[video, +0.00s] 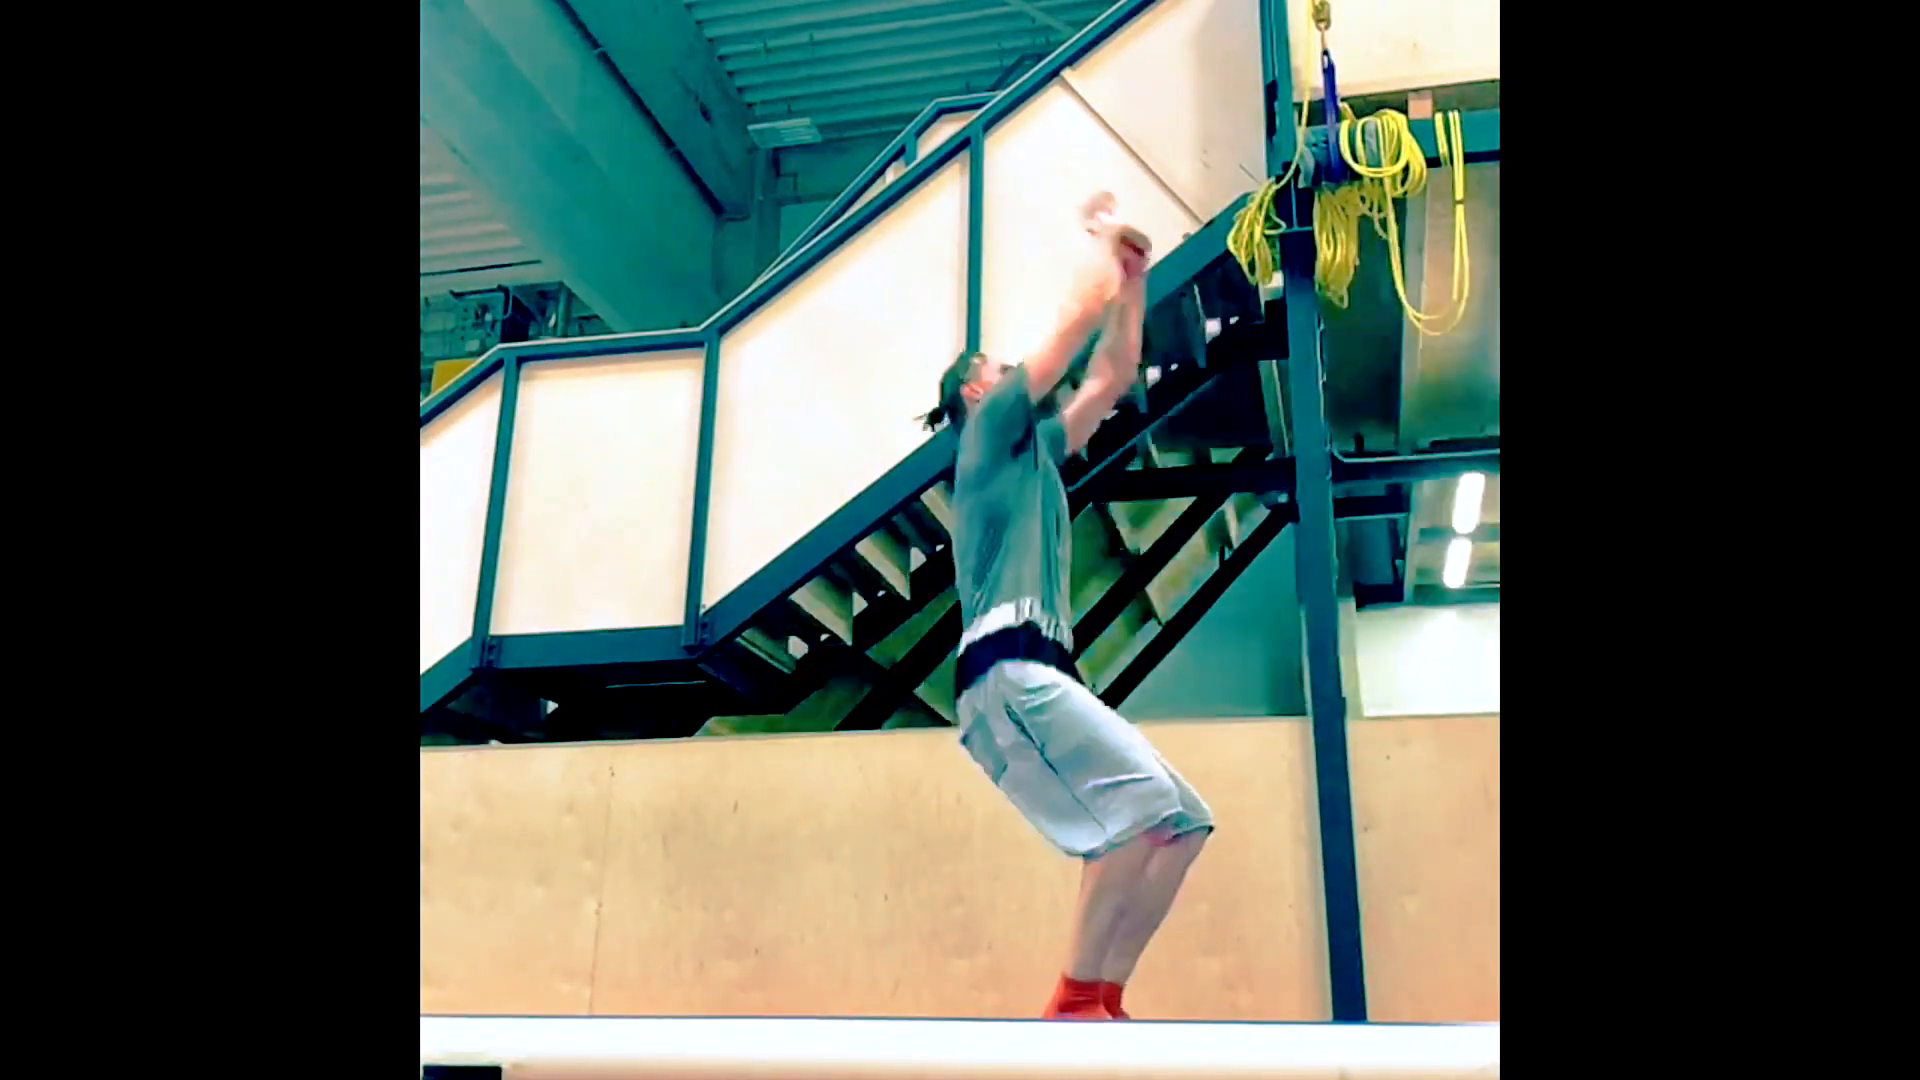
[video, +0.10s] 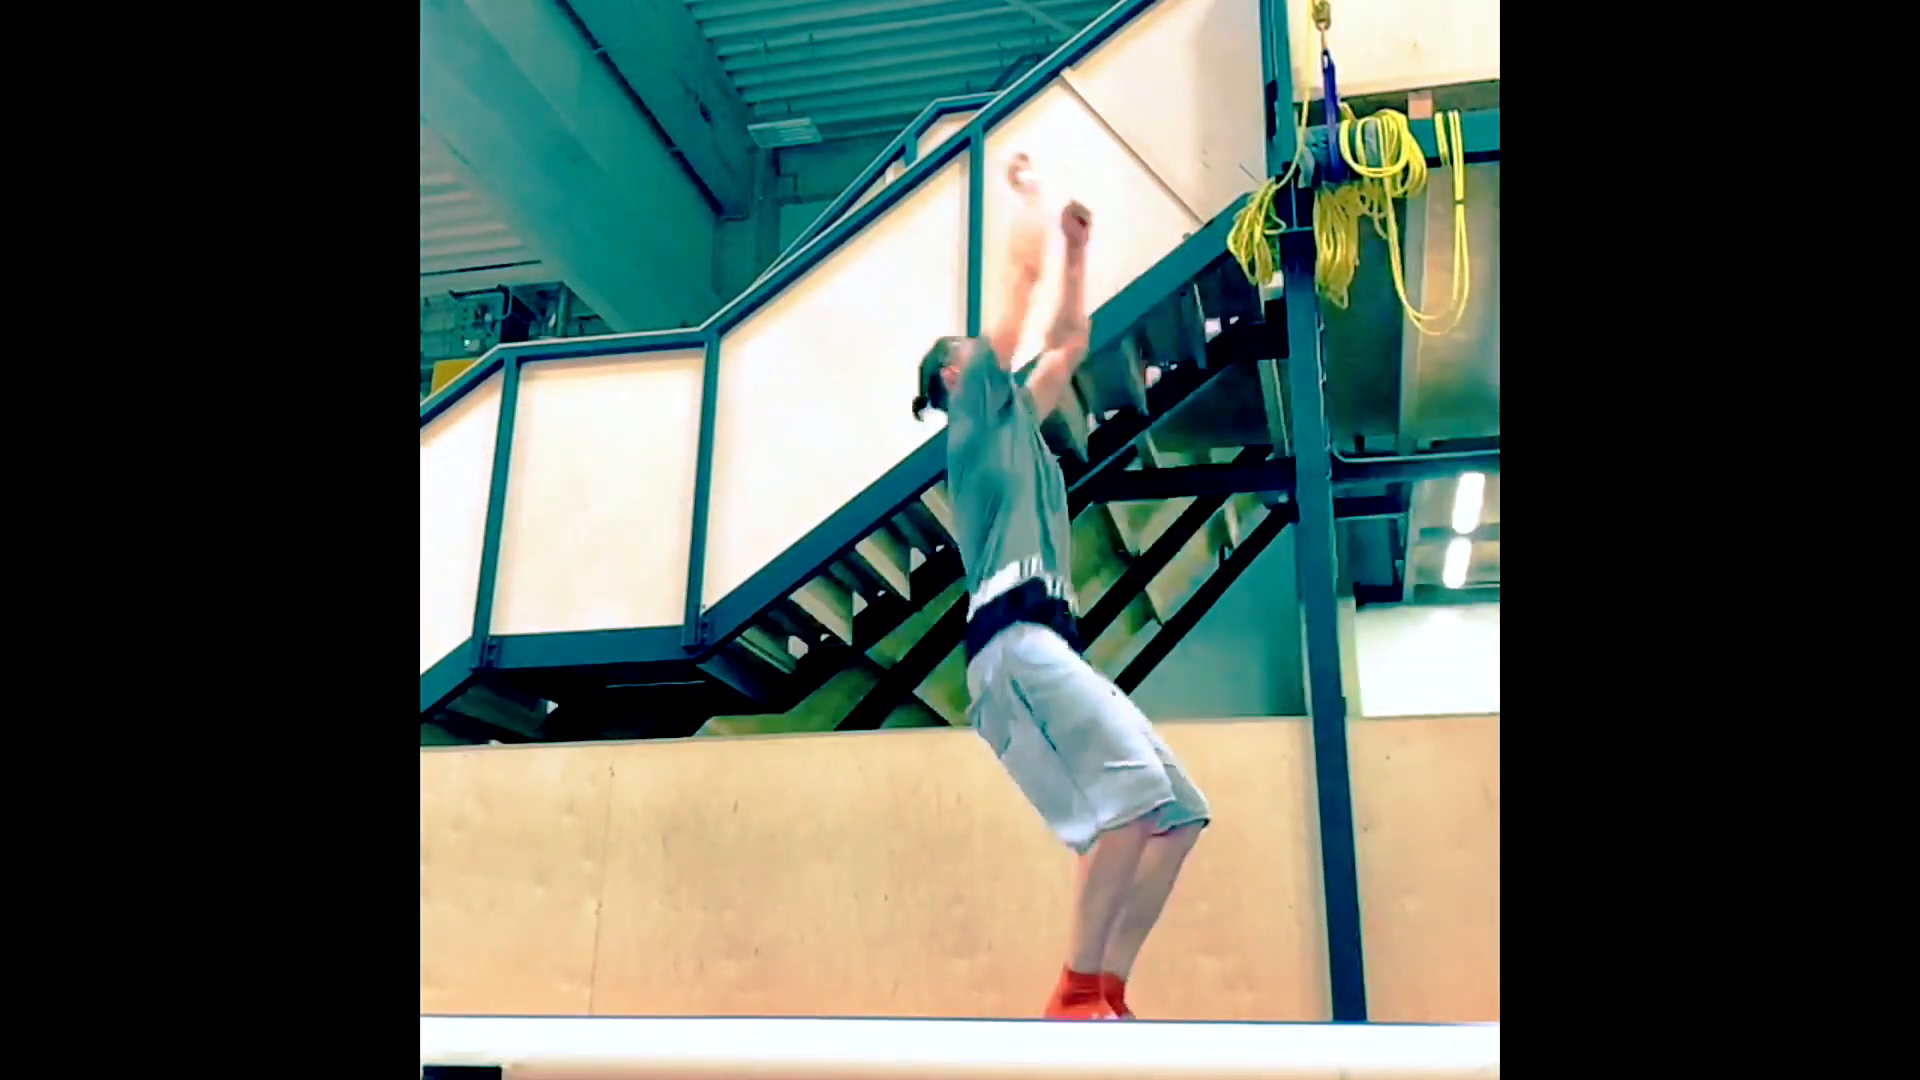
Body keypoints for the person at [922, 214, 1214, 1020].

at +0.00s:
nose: (1008, 365)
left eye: (1002, 361)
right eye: (992, 365)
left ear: (1007, 389)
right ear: (973, 393)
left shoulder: (1035, 450)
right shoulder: (986, 432)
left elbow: (1110, 381)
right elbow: (1075, 329)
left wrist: (1133, 281)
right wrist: (1106, 254)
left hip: (1045, 679)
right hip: (1007, 677)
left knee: (1182, 823)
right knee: (1141, 813)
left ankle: (1103, 1000)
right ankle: (1075, 1000)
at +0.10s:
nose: (985, 340)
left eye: (980, 337)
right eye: (970, 340)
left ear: (983, 375)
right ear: (952, 376)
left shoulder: (1020, 428)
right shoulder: (972, 421)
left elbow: (1071, 346)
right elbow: (1020, 286)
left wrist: (1077, 251)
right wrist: (1028, 202)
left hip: (1052, 647)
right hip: (1013, 644)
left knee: (1179, 812)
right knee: (1132, 797)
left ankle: (1107, 993)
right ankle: (1075, 993)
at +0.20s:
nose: (973, 333)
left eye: (966, 330)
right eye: (958, 333)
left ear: (952, 375)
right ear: (943, 366)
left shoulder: (1007, 416)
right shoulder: (965, 402)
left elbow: (1044, 335)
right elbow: (990, 266)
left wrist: (1054, 246)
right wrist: (989, 178)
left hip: (1058, 631)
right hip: (1023, 627)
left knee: (1174, 804)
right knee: (1124, 793)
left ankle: (1111, 987)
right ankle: (1079, 988)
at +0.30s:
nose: (958, 324)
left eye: (951, 324)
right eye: (944, 327)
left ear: (941, 358)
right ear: (933, 349)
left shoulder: (1001, 398)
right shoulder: (957, 386)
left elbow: (1019, 327)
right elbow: (963, 240)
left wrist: (1024, 239)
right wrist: (952, 158)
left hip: (1067, 617)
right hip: (1031, 612)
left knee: (1171, 795)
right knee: (1119, 782)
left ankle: (1112, 981)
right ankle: (1079, 982)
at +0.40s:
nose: (944, 321)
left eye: (937, 321)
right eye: (931, 322)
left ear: (928, 353)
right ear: (921, 343)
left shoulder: (990, 387)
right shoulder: (945, 376)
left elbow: (1000, 327)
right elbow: (936, 238)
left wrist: (1000, 246)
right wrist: (918, 166)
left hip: (1077, 593)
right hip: (1039, 591)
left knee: (1166, 784)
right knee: (1111, 771)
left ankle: (1118, 971)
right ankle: (1083, 971)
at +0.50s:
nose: (932, 320)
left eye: (926, 320)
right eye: (917, 322)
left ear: (919, 347)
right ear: (907, 340)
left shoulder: (984, 382)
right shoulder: (932, 369)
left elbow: (980, 324)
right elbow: (914, 242)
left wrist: (985, 249)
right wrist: (892, 180)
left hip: (1090, 572)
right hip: (1048, 566)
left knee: (1163, 771)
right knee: (1104, 759)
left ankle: (1124, 958)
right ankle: (1089, 958)